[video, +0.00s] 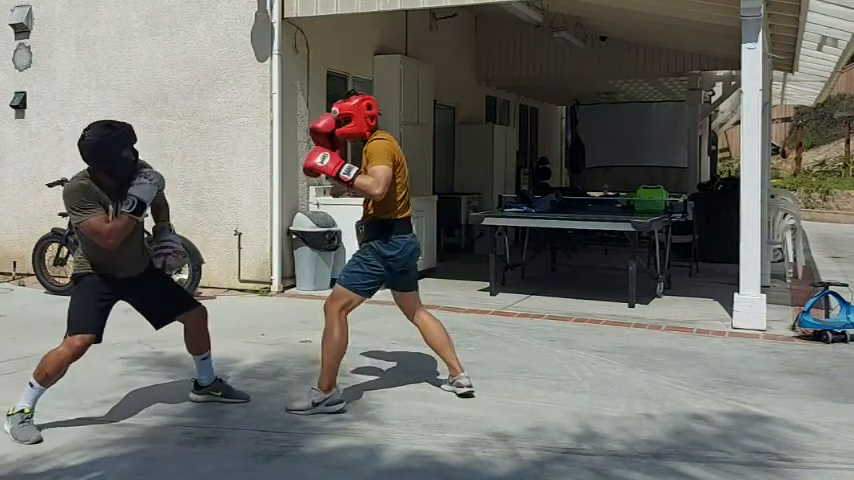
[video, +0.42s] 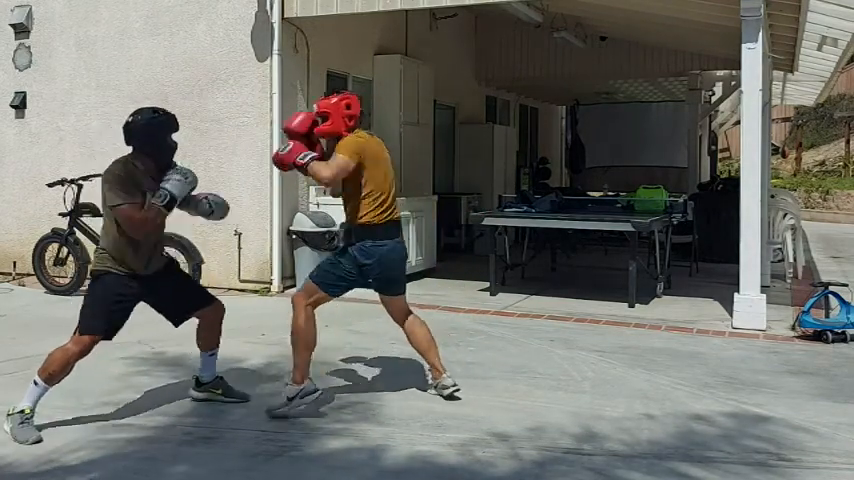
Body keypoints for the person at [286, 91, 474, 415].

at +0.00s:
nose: (344, 128)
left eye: (346, 122)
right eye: (343, 123)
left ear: (361, 120)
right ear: (369, 118)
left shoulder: (378, 144)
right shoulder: (380, 144)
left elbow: (376, 187)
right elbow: (353, 187)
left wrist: (339, 168)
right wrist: (330, 157)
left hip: (383, 244)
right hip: (402, 242)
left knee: (335, 307)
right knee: (416, 310)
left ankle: (326, 391)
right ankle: (458, 374)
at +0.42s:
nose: (320, 129)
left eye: (323, 121)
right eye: (320, 122)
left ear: (339, 121)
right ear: (352, 120)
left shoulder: (353, 143)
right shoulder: (374, 143)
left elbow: (329, 175)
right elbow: (338, 185)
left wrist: (304, 158)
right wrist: (311, 157)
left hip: (363, 248)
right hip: (393, 246)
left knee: (303, 300)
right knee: (404, 314)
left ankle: (299, 384)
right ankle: (440, 375)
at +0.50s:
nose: (310, 123)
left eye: (313, 117)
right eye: (310, 117)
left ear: (328, 116)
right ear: (345, 116)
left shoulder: (334, 138)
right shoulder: (374, 144)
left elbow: (293, 154)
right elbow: (339, 178)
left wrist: (264, 147)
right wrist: (305, 147)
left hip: (356, 246)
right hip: (389, 242)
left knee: (306, 314)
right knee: (398, 305)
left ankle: (294, 397)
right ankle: (434, 368)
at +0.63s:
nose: (325, 117)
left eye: (328, 112)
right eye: (327, 112)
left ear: (336, 111)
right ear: (363, 116)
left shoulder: (322, 133)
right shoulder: (380, 151)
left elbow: (267, 130)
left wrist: (218, 123)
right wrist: (312, 147)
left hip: (346, 253)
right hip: (380, 247)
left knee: (296, 317)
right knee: (386, 298)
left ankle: (296, 403)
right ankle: (431, 350)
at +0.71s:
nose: (338, 115)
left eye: (343, 111)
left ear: (350, 111)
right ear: (375, 115)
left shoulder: (331, 131)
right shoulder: (388, 151)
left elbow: (277, 140)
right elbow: (346, 171)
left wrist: (238, 140)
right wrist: (310, 145)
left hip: (340, 249)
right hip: (375, 246)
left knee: (294, 316)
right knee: (387, 304)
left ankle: (296, 401)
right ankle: (434, 351)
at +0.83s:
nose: (348, 114)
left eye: (350, 108)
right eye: (349, 108)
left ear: (361, 107)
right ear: (390, 113)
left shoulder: (346, 137)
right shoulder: (406, 153)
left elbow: (305, 172)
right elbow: (387, 189)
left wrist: (269, 167)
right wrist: (329, 159)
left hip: (349, 250)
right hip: (389, 250)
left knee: (307, 319)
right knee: (398, 320)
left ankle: (295, 404)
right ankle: (446, 378)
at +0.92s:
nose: (358, 114)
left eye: (360, 107)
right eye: (359, 107)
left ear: (373, 106)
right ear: (395, 108)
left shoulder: (362, 138)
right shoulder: (419, 149)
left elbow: (339, 185)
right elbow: (410, 194)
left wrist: (304, 199)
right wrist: (352, 163)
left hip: (373, 251)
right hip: (414, 249)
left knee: (332, 325)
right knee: (422, 330)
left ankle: (304, 400)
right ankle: (453, 410)